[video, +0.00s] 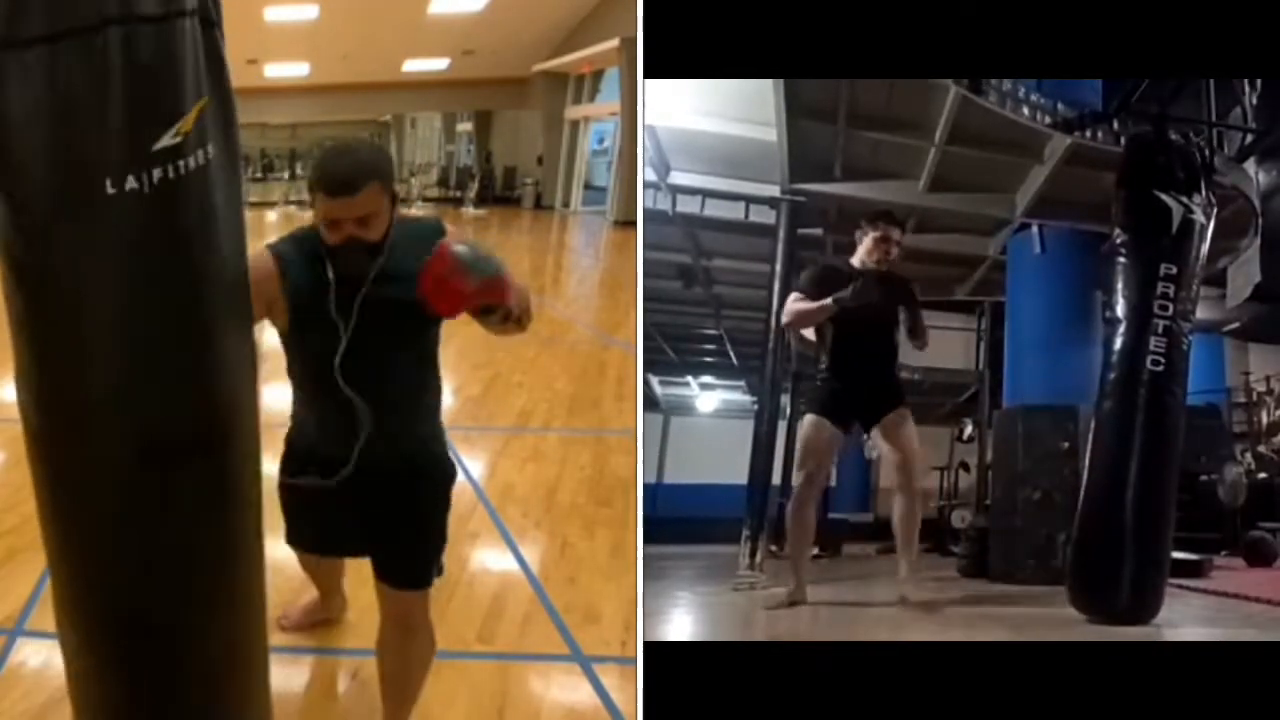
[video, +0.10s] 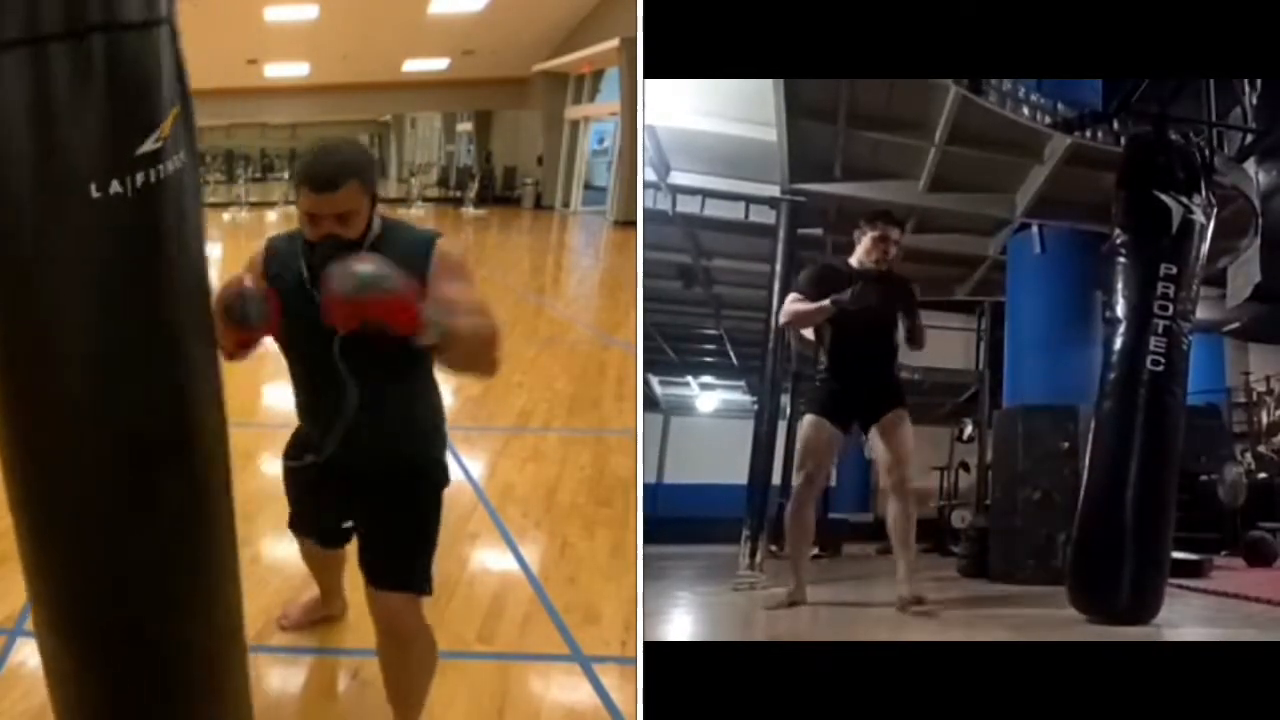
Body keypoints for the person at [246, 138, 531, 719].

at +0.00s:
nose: (351, 236)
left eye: (365, 220)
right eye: (335, 223)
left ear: (392, 202)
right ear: (314, 209)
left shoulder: (427, 249)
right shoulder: (279, 269)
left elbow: (510, 319)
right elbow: (200, 323)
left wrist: (496, 294)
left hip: (407, 453)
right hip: (318, 449)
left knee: (404, 608)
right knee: (314, 541)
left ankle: (395, 713)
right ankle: (331, 602)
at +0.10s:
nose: (328, 232)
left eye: (343, 218)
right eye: (314, 218)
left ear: (373, 203)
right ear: (298, 206)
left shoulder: (423, 256)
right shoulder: (281, 259)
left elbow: (481, 355)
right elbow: (233, 343)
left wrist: (412, 314)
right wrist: (235, 312)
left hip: (402, 451)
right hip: (320, 444)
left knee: (394, 607)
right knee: (315, 535)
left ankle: (407, 712)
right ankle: (331, 601)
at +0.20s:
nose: (312, 233)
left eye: (328, 220)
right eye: (300, 220)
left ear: (362, 209)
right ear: (288, 210)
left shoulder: (406, 272)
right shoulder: (303, 258)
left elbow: (385, 374)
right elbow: (300, 336)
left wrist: (295, 332)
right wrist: (259, 325)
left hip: (394, 464)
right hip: (324, 445)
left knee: (382, 621)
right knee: (308, 529)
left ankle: (413, 711)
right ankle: (332, 601)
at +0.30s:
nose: (314, 238)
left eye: (332, 226)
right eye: (303, 223)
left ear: (370, 217)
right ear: (293, 213)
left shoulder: (410, 286)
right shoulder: (318, 262)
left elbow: (402, 392)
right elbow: (316, 330)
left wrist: (297, 348)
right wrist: (255, 333)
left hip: (393, 477)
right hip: (322, 453)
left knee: (375, 632)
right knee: (310, 533)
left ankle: (403, 712)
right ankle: (335, 601)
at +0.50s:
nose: (399, 244)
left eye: (423, 229)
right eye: (383, 225)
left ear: (461, 215)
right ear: (366, 204)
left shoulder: (482, 270)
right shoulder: (311, 247)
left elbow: (545, 364)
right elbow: (198, 275)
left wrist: (560, 316)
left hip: (416, 475)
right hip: (320, 462)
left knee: (415, 627)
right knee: (313, 547)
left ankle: (414, 715)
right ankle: (319, 586)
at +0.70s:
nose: (393, 241)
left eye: (418, 228)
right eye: (379, 221)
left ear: (455, 215)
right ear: (363, 197)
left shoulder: (474, 272)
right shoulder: (313, 243)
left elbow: (528, 383)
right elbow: (216, 268)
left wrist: (527, 343)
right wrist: (200, 305)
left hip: (404, 476)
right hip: (309, 458)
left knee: (402, 619)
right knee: (294, 543)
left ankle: (403, 715)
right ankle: (302, 574)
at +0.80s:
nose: (368, 220)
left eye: (387, 205)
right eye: (353, 203)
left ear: (421, 196)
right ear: (338, 188)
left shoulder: (459, 263)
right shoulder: (295, 243)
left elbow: (499, 380)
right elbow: (217, 304)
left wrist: (454, 322)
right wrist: (241, 309)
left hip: (391, 474)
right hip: (299, 457)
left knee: (396, 627)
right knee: (282, 533)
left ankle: (400, 716)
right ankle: (296, 579)